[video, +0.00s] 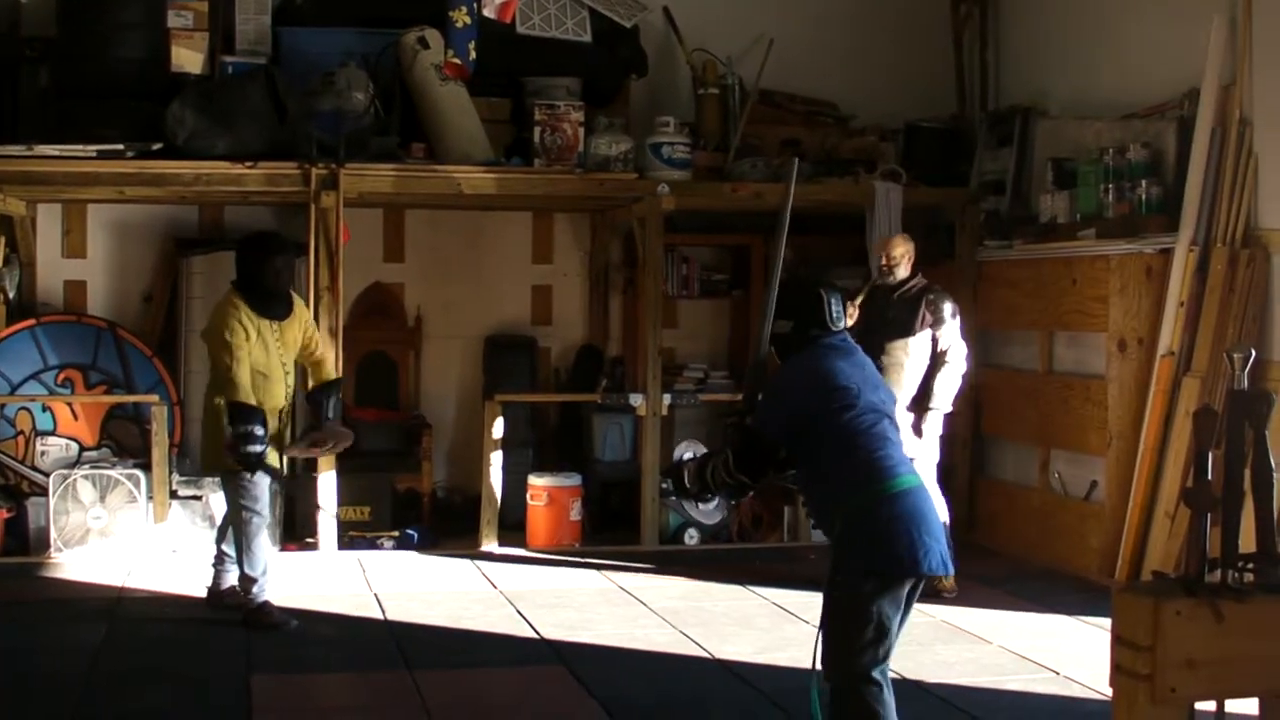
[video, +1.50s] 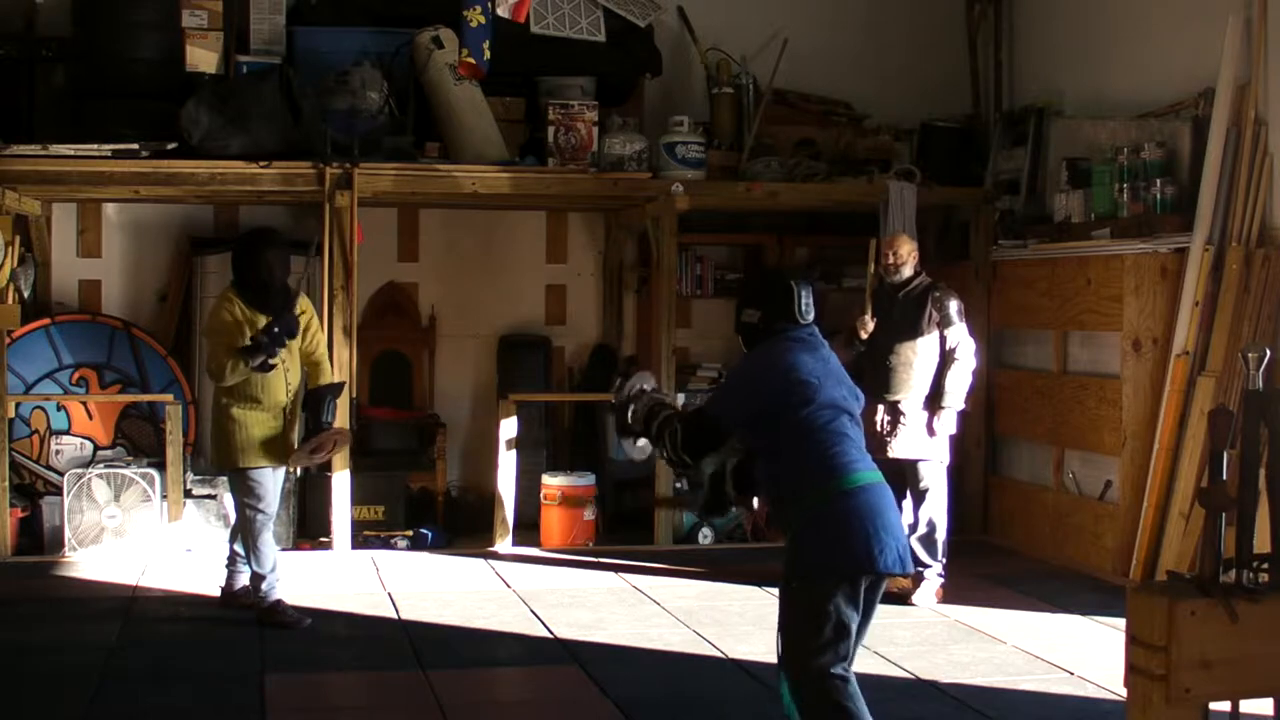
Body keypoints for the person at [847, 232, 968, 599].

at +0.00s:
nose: (885, 265)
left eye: (892, 260)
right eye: (881, 259)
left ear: (910, 260)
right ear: (876, 259)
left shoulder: (933, 301)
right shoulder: (870, 298)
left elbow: (954, 359)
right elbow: (852, 350)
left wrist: (934, 410)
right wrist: (847, 324)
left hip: (915, 413)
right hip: (872, 408)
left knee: (922, 485)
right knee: (877, 486)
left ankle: (941, 567)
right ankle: (882, 568)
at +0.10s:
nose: (885, 265)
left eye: (893, 260)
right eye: (881, 259)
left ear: (911, 259)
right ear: (876, 259)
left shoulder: (934, 300)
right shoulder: (872, 297)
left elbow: (955, 358)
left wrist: (934, 410)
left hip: (917, 411)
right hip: (875, 407)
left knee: (921, 483)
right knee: (881, 483)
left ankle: (939, 564)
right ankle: (888, 561)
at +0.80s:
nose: (891, 259)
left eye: (898, 253)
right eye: (886, 253)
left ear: (913, 256)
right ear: (879, 257)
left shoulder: (933, 297)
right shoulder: (877, 295)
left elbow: (955, 352)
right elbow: (864, 345)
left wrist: (933, 403)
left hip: (918, 406)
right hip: (879, 402)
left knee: (922, 483)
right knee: (885, 482)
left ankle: (930, 556)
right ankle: (889, 557)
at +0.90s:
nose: (890, 260)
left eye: (897, 254)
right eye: (885, 254)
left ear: (913, 257)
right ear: (879, 258)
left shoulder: (934, 298)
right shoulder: (876, 296)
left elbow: (956, 353)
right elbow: (865, 349)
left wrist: (936, 403)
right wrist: (856, 331)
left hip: (919, 410)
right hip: (879, 407)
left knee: (924, 490)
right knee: (885, 489)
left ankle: (930, 570)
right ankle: (889, 570)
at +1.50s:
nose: (889, 259)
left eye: (896, 252)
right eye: (884, 253)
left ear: (915, 256)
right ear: (878, 258)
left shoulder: (938, 299)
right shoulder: (877, 298)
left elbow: (962, 355)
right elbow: (859, 359)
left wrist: (949, 406)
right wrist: (859, 337)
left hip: (923, 415)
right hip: (879, 415)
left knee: (928, 499)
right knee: (886, 495)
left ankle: (929, 577)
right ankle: (893, 571)